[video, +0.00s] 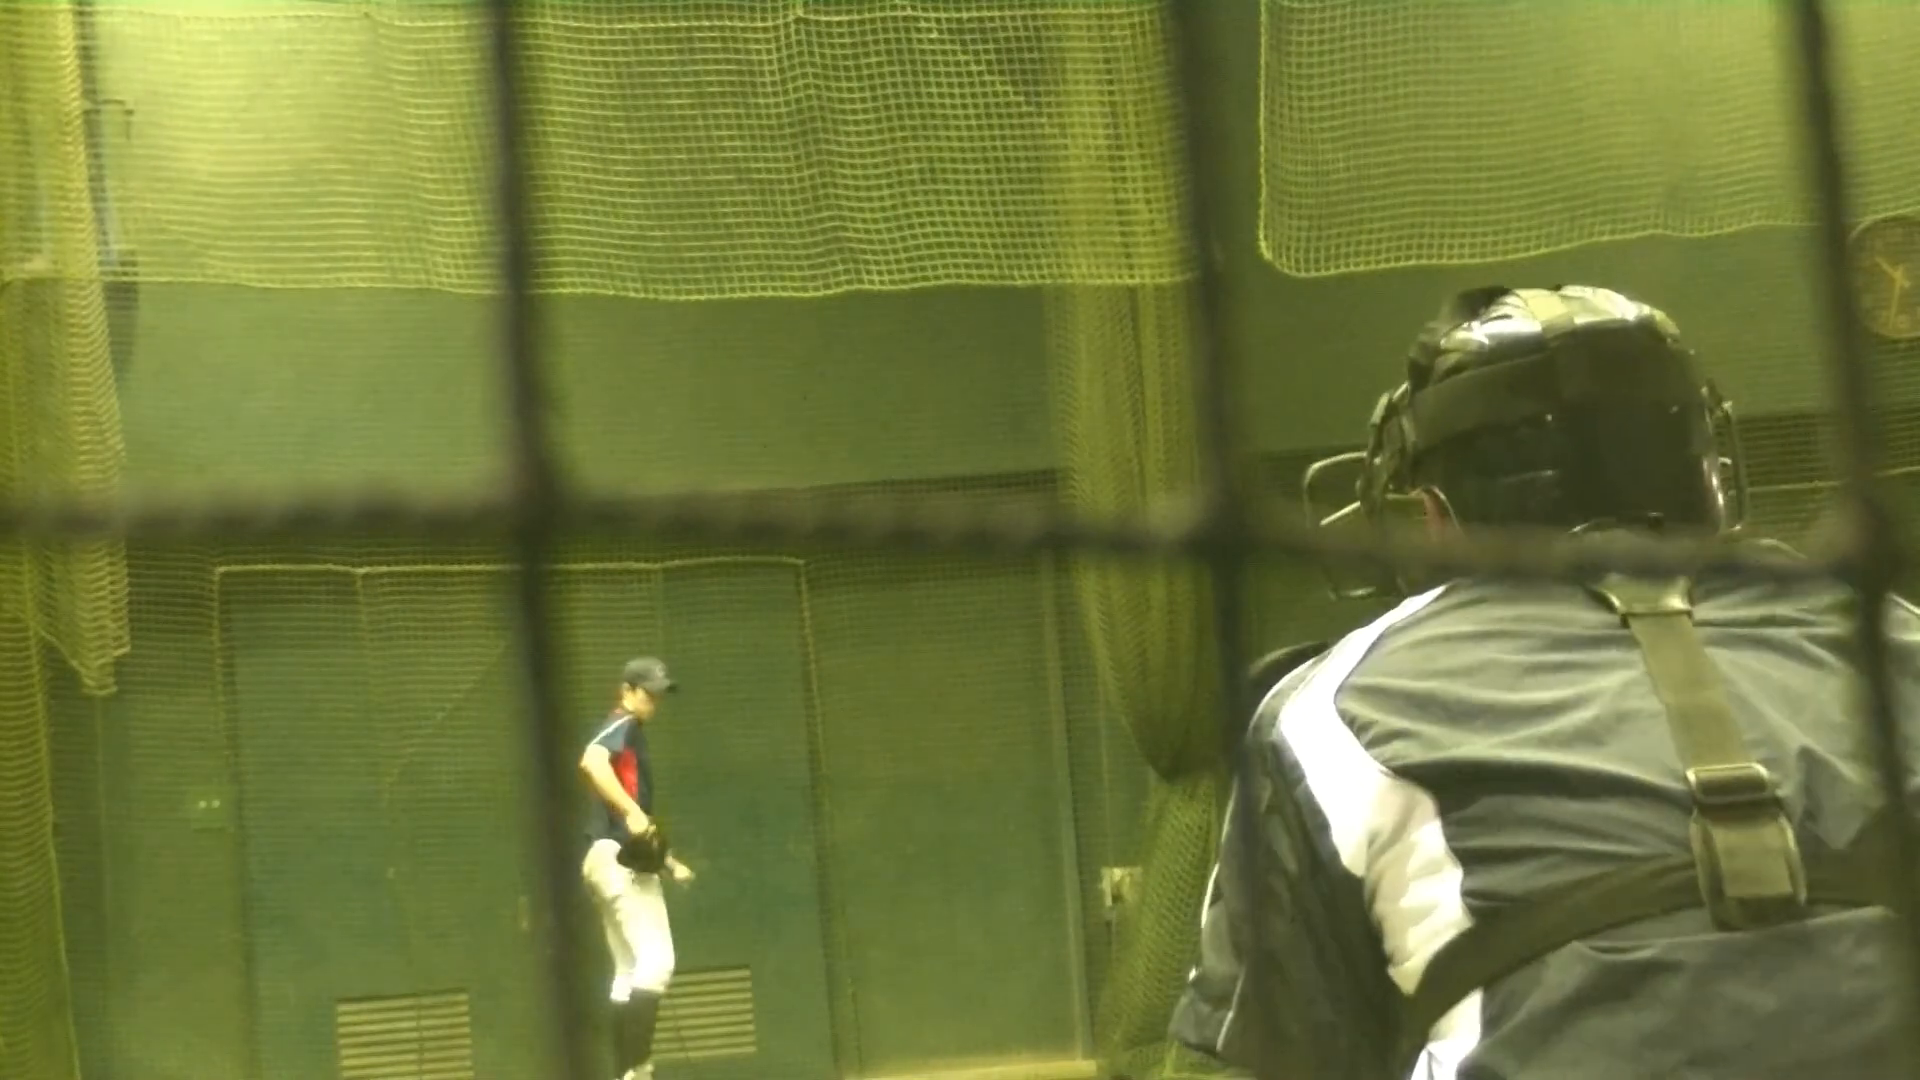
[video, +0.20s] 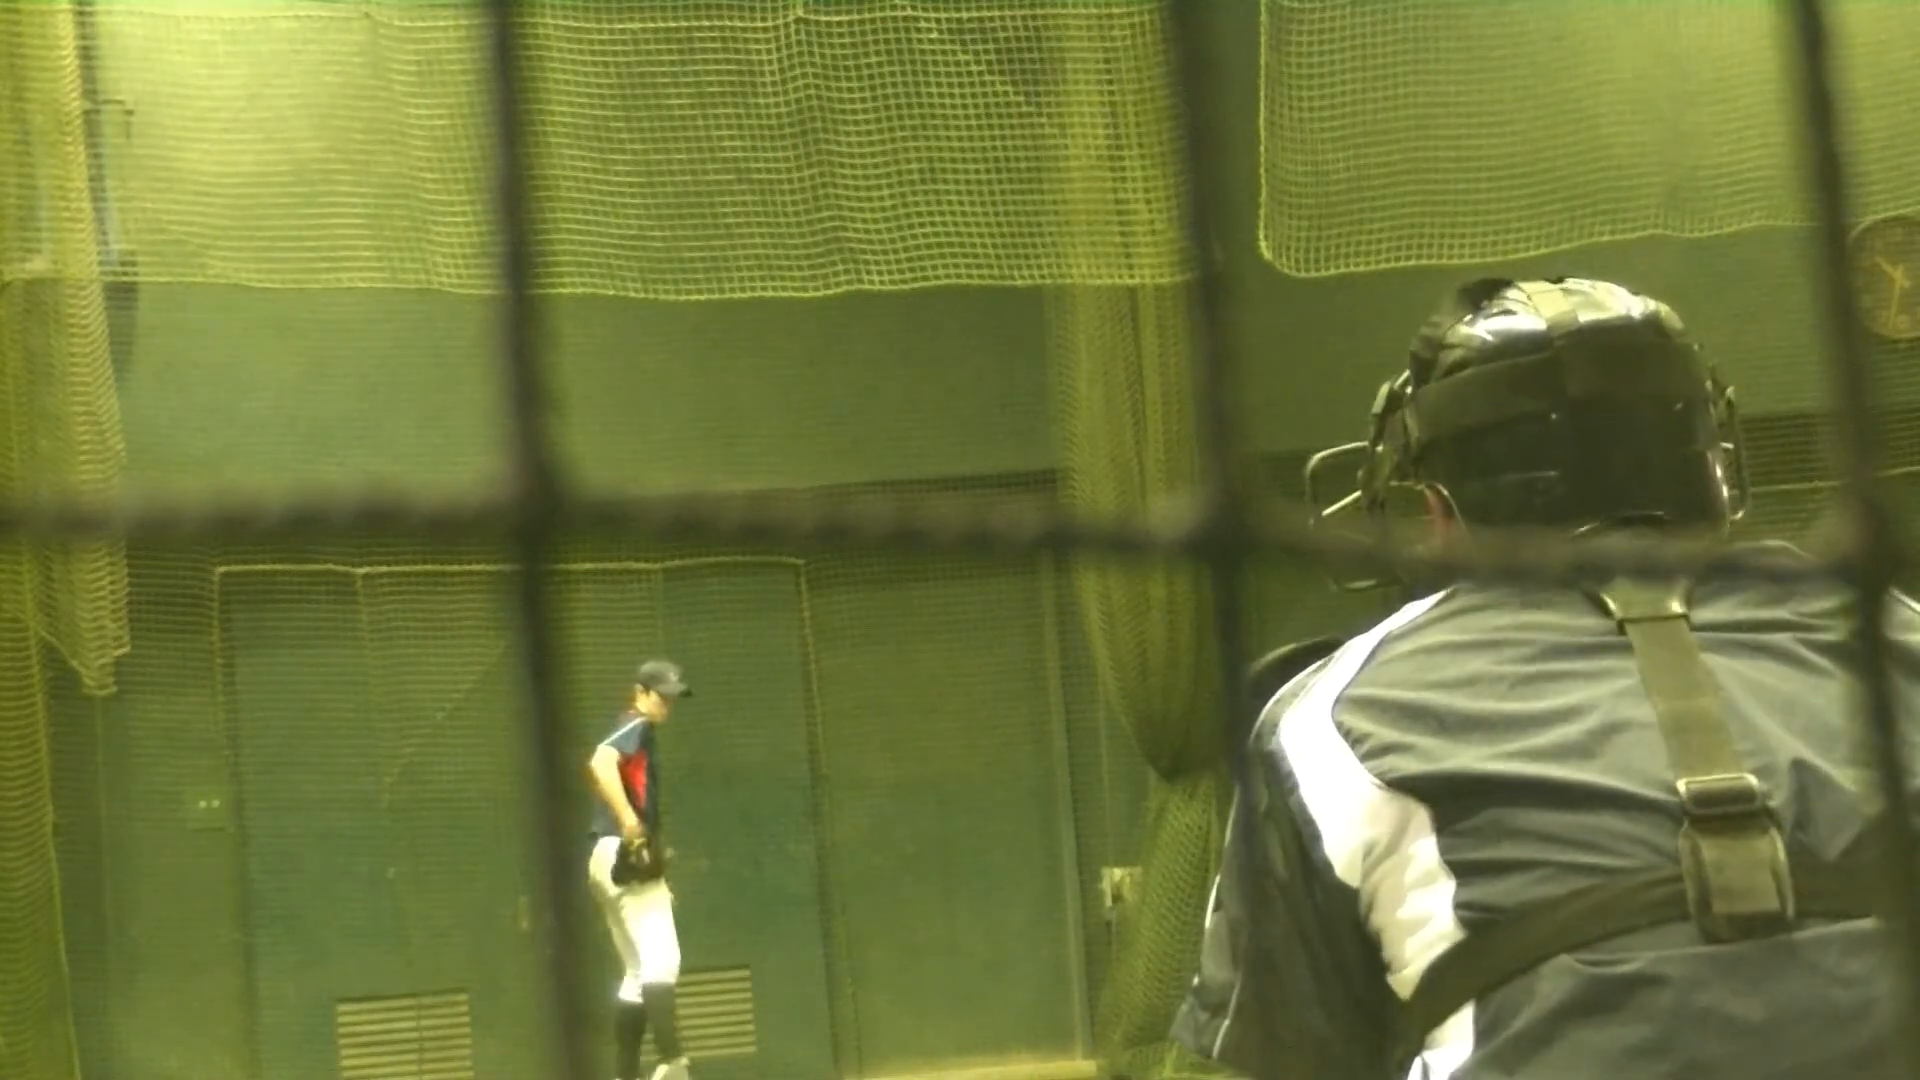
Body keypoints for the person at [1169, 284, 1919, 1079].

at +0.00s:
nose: (1392, 540)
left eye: (1396, 517)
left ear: (1434, 526)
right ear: (1709, 492)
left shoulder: (1322, 713)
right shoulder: (1886, 625)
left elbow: (1272, 1052)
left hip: (1573, 1024)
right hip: (1886, 1011)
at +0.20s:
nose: (1389, 540)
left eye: (1393, 516)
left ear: (1437, 527)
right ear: (1716, 487)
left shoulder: (1319, 722)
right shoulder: (1891, 625)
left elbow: (1281, 1055)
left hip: (1567, 1021)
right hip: (1888, 1009)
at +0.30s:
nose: (1400, 540)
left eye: (1403, 517)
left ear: (1441, 527)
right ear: (1718, 489)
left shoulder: (1324, 722)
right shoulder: (1892, 626)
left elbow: (1280, 1053)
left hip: (1572, 1021)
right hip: (1888, 1007)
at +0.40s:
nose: (1400, 543)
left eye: (1403, 519)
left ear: (1440, 530)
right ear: (1718, 487)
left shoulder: (1331, 723)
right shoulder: (1891, 619)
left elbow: (1284, 1053)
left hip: (1572, 1020)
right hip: (1887, 1007)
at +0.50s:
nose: (1404, 544)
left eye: (1406, 520)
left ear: (1442, 533)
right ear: (1719, 490)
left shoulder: (1335, 722)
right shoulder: (1894, 621)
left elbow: (1284, 1052)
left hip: (1575, 1024)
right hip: (1890, 1009)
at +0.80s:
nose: (1415, 537)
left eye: (1418, 516)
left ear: (1454, 523)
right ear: (1731, 486)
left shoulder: (1344, 713)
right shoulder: (1889, 624)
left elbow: (1286, 1048)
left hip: (1584, 1025)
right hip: (1886, 1015)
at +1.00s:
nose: (1415, 544)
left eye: (1420, 518)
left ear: (1461, 523)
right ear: (1735, 487)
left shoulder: (1347, 713)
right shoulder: (1891, 622)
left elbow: (1294, 1049)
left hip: (1588, 1022)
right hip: (1884, 1016)